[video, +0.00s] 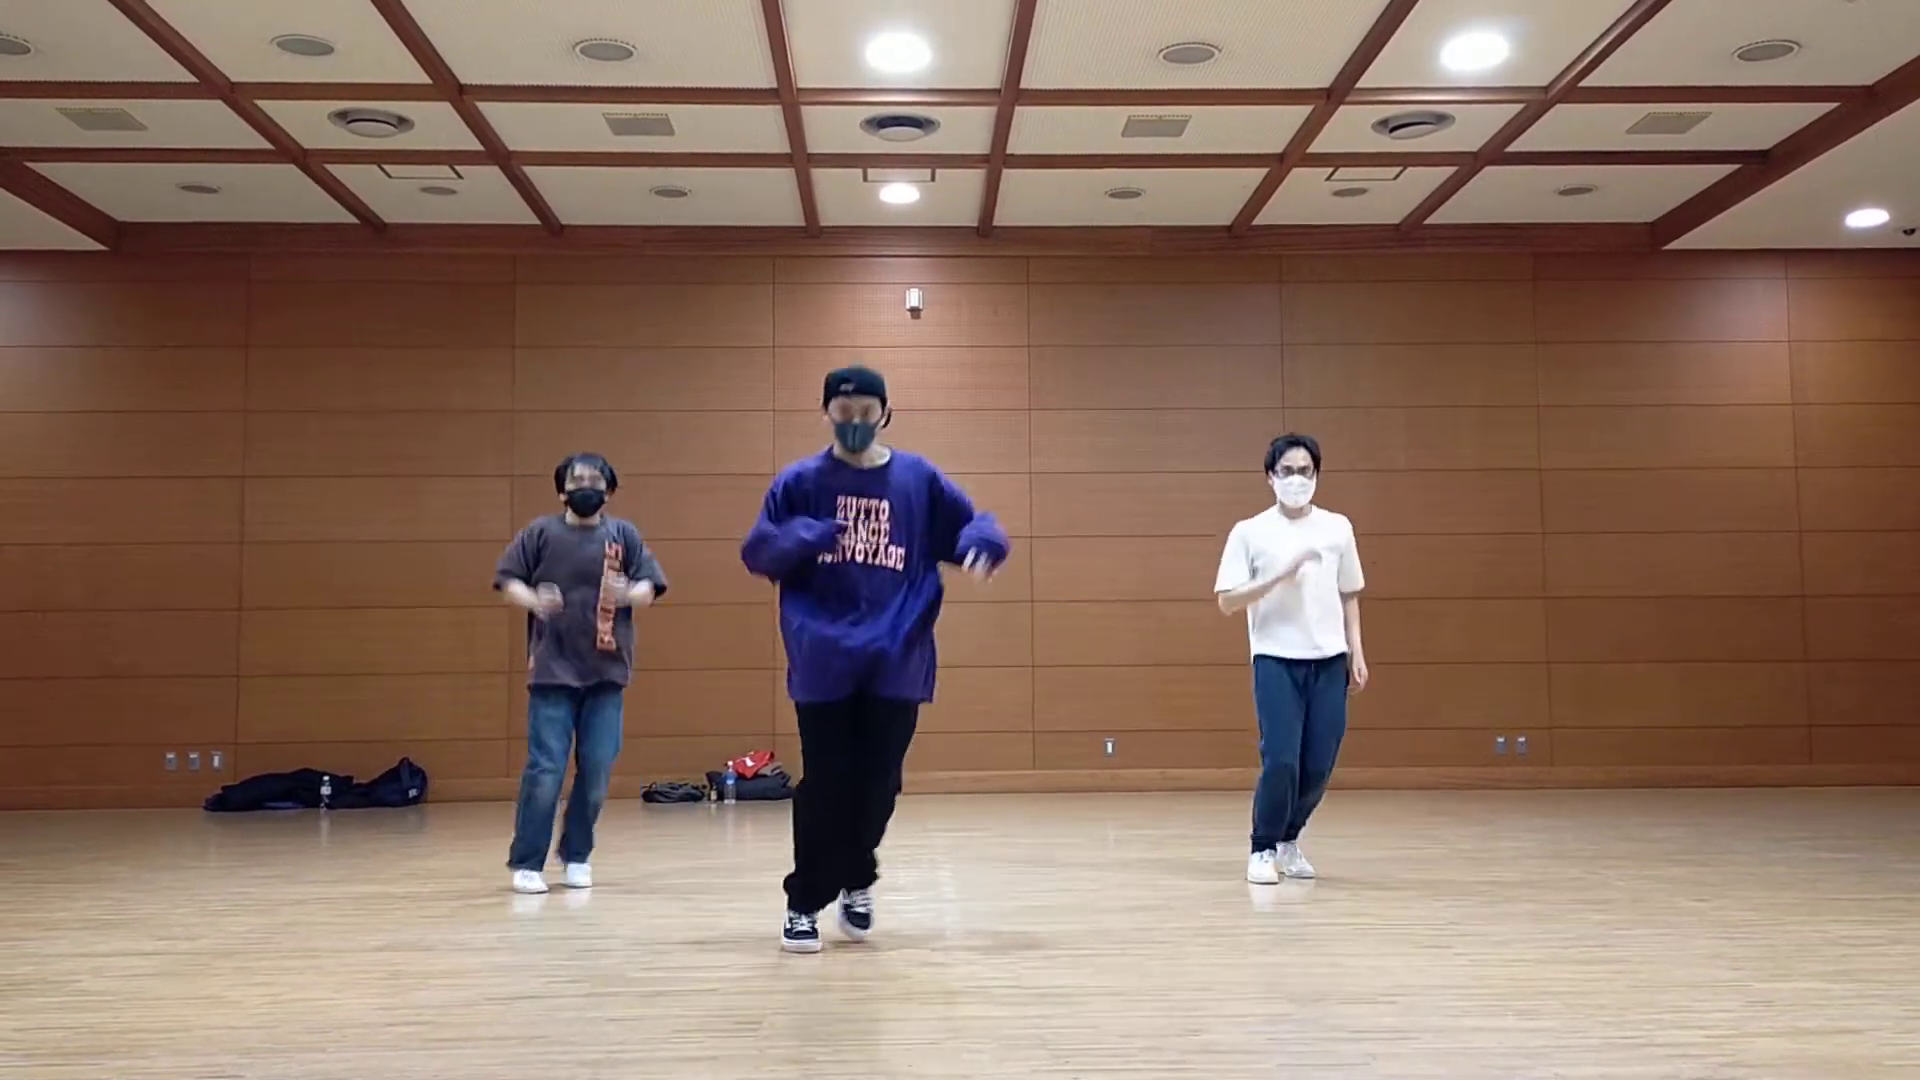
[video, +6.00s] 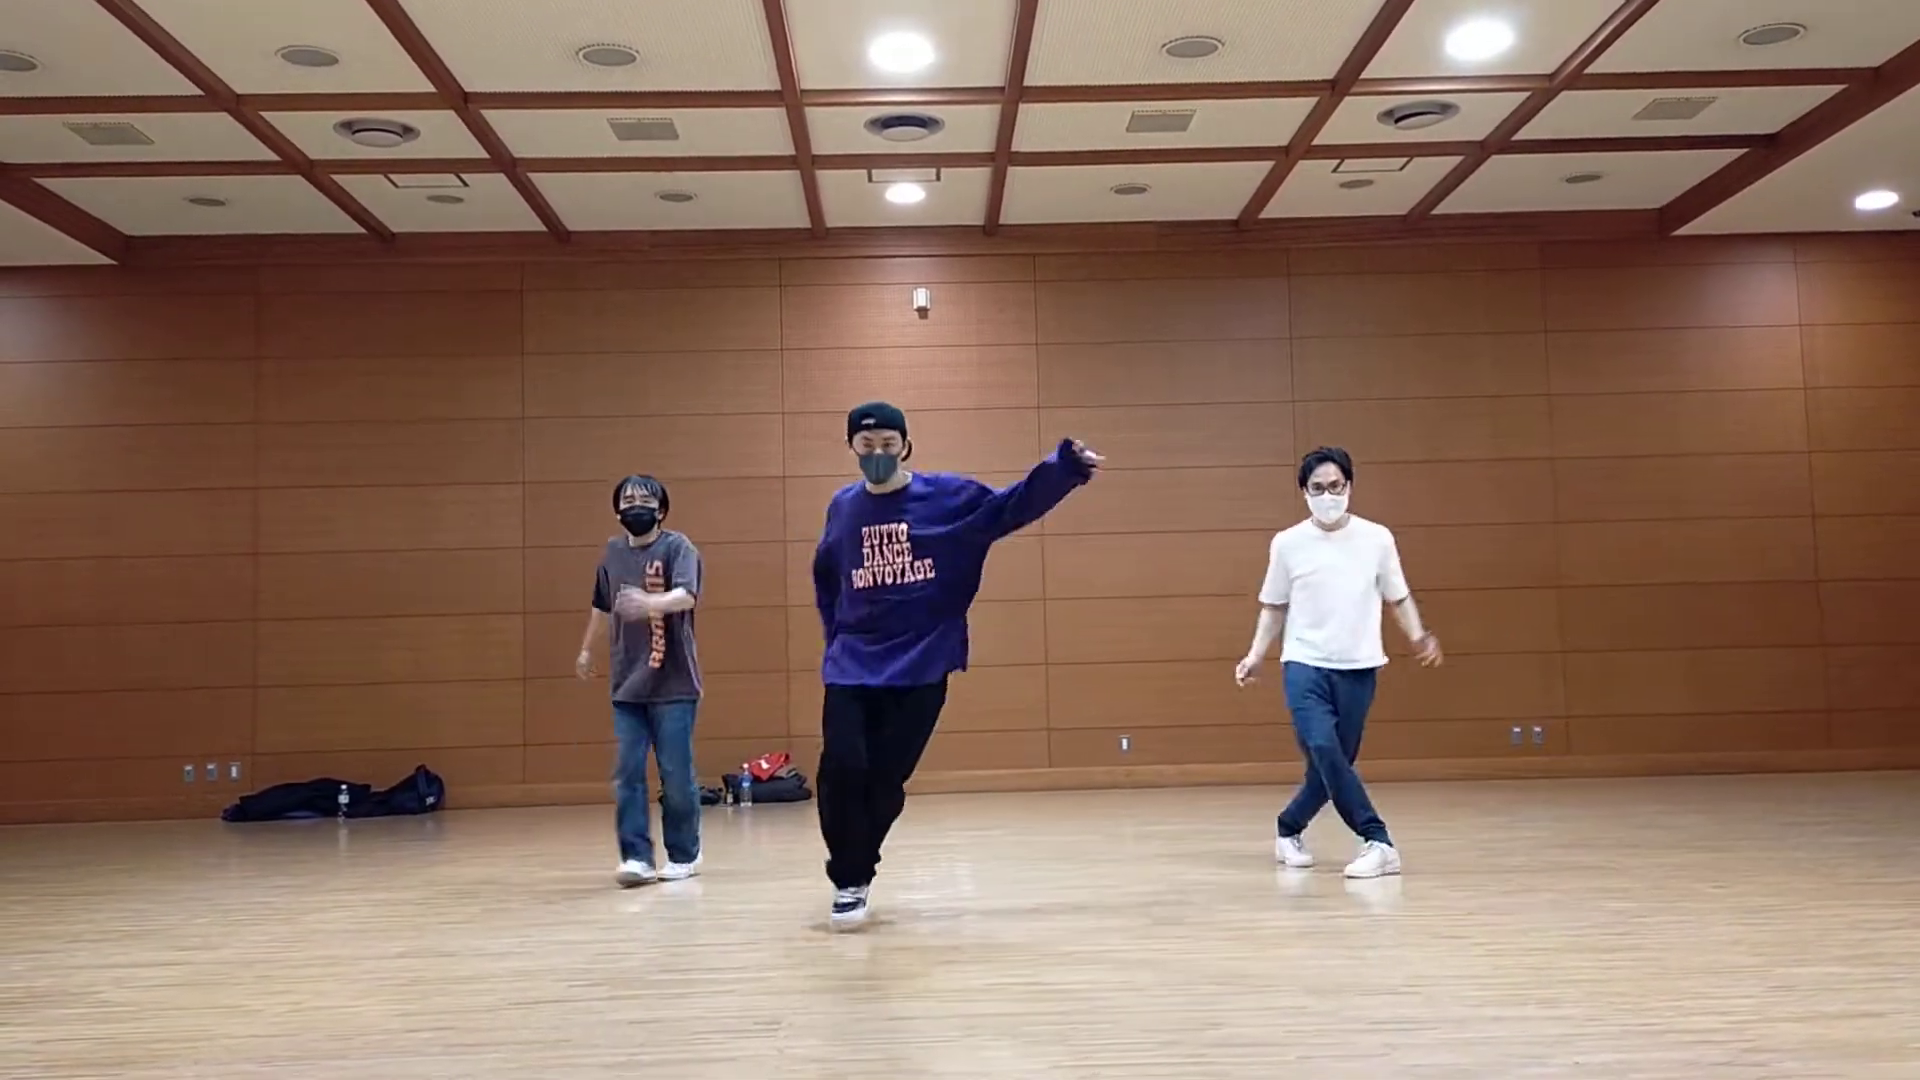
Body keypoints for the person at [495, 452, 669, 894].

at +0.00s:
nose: (586, 484)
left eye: (595, 478)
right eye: (577, 477)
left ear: (608, 489)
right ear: (563, 488)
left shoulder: (623, 534)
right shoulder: (541, 532)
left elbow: (652, 584)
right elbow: (506, 578)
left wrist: (627, 593)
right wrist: (533, 599)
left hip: (606, 673)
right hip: (553, 671)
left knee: (597, 770)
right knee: (546, 769)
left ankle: (577, 856)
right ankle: (527, 864)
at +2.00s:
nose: (641, 508)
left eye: (650, 502)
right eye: (634, 502)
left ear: (665, 511)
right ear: (623, 510)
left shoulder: (686, 559)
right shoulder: (601, 554)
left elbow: (703, 611)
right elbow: (576, 603)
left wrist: (675, 603)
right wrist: (584, 628)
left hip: (657, 687)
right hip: (609, 684)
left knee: (631, 776)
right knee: (620, 764)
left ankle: (578, 846)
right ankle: (635, 855)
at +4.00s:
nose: (600, 508)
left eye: (609, 501)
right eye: (593, 501)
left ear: (625, 511)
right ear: (582, 510)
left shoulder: (647, 556)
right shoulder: (563, 553)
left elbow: (657, 612)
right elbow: (544, 606)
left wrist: (621, 620)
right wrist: (527, 647)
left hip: (627, 688)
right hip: (578, 686)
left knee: (607, 775)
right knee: (582, 771)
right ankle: (612, 855)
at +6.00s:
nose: (636, 508)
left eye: (644, 501)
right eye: (629, 502)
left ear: (659, 507)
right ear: (619, 510)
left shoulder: (678, 546)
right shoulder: (612, 554)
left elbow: (687, 596)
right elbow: (601, 609)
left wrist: (649, 603)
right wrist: (586, 650)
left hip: (674, 681)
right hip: (628, 683)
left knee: (675, 774)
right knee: (628, 772)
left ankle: (683, 855)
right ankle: (636, 857)